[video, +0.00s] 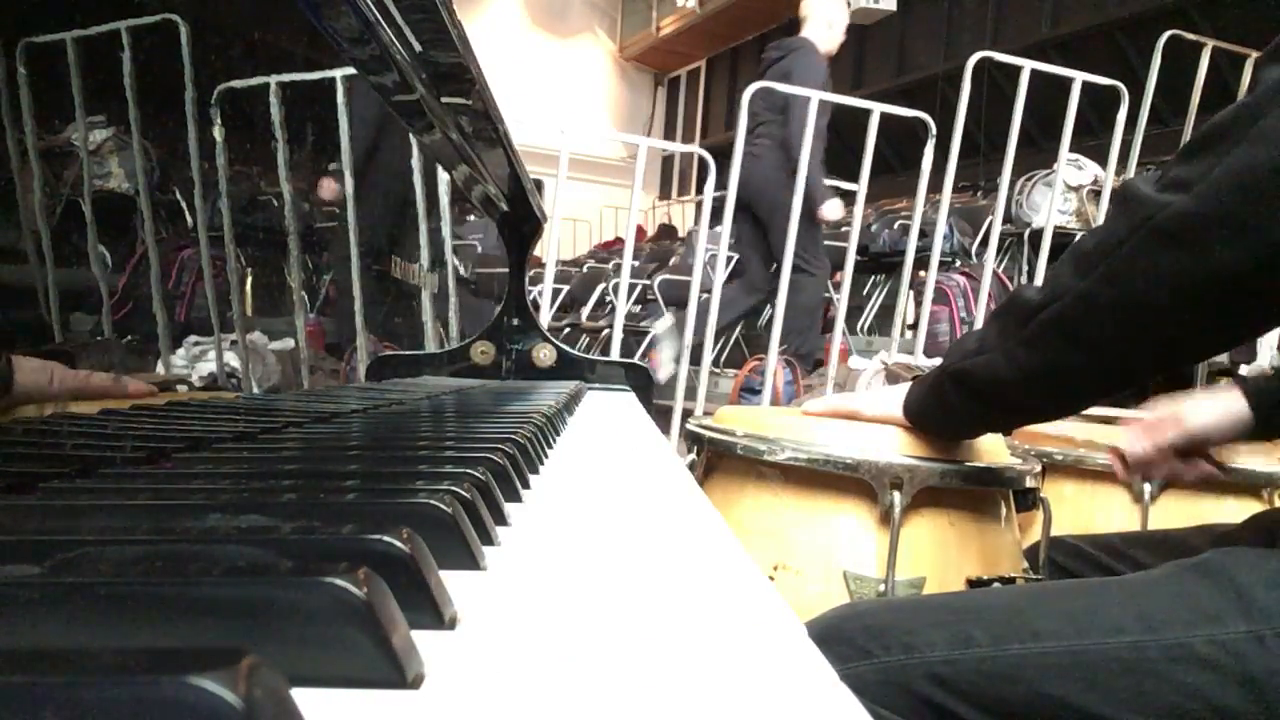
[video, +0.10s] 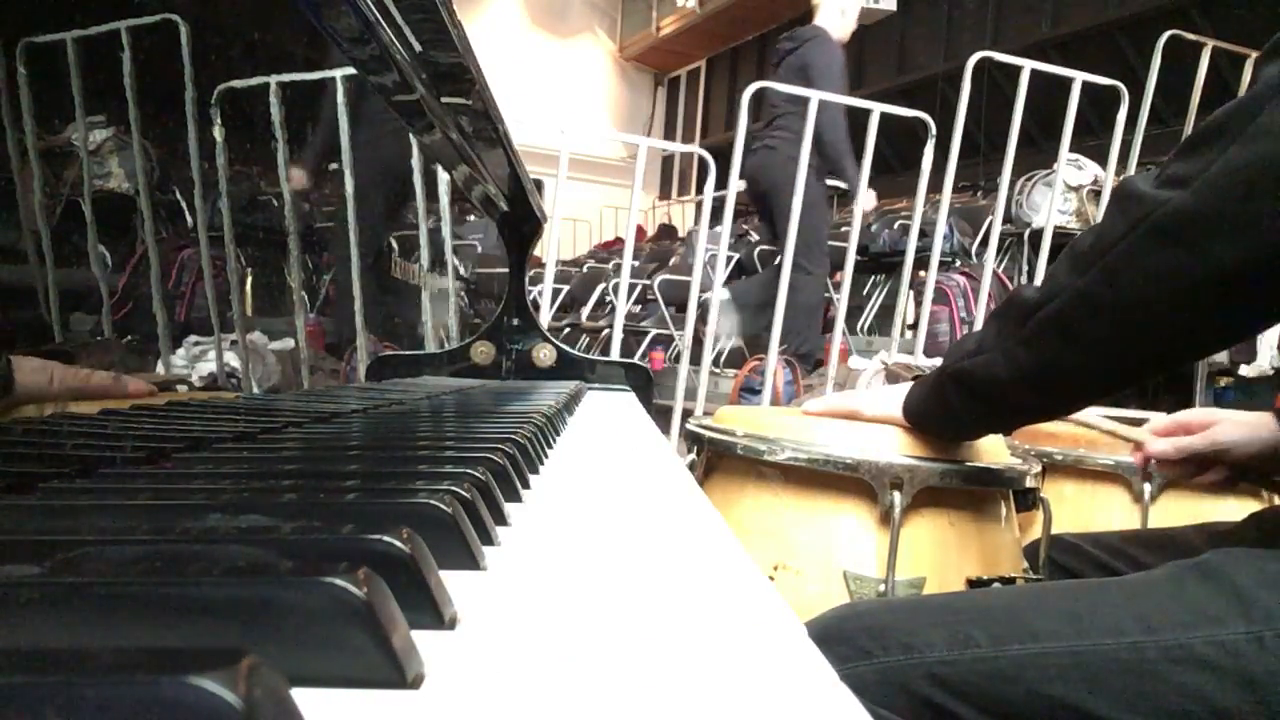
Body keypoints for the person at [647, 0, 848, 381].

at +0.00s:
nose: (843, 37)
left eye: (844, 29)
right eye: (841, 27)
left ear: (807, 21)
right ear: (823, 22)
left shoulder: (781, 57)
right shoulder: (809, 60)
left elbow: (763, 127)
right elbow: (803, 133)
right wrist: (822, 195)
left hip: (745, 173)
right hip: (773, 174)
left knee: (757, 278)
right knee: (811, 266)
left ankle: (678, 331)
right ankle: (792, 368)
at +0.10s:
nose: (855, 26)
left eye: (856, 18)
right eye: (854, 16)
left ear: (821, 11)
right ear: (841, 11)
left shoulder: (794, 48)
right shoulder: (823, 46)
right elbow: (830, 122)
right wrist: (857, 184)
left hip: (762, 164)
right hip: (789, 163)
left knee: (797, 262)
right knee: (812, 265)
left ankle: (731, 304)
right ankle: (798, 363)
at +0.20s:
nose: (867, 23)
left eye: (869, 15)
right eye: (868, 13)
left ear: (835, 7)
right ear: (857, 8)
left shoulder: (809, 42)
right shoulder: (842, 42)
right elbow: (855, 119)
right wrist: (884, 175)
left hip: (785, 155)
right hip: (810, 159)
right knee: (809, 261)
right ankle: (797, 356)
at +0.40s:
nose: (903, 17)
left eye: (902, 10)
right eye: (899, 9)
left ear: (862, 13)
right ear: (884, 11)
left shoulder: (832, 53)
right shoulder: (883, 51)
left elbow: (796, 117)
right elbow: (903, 123)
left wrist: (785, 175)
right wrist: (924, 166)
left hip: (813, 168)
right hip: (837, 171)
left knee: (899, 226)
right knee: (816, 266)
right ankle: (791, 360)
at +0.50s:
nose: (924, 29)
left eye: (922, 21)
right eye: (921, 21)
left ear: (884, 23)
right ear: (908, 22)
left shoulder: (849, 64)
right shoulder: (907, 61)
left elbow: (808, 127)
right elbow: (932, 124)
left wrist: (793, 179)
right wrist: (949, 172)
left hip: (826, 172)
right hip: (857, 176)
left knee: (927, 231)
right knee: (827, 266)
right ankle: (795, 358)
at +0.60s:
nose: (947, 35)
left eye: (945, 28)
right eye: (944, 28)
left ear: (907, 32)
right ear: (937, 31)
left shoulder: (877, 69)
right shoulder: (937, 66)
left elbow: (830, 119)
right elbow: (967, 119)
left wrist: (806, 174)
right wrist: (995, 165)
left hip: (847, 170)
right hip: (879, 174)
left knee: (939, 237)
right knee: (841, 261)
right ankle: (795, 354)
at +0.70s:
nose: (968, 32)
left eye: (964, 25)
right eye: (965, 26)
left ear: (926, 30)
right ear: (960, 29)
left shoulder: (896, 69)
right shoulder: (965, 59)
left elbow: (853, 114)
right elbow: (1002, 114)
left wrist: (827, 169)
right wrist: (1034, 161)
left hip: (868, 168)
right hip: (901, 172)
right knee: (860, 265)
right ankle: (796, 353)